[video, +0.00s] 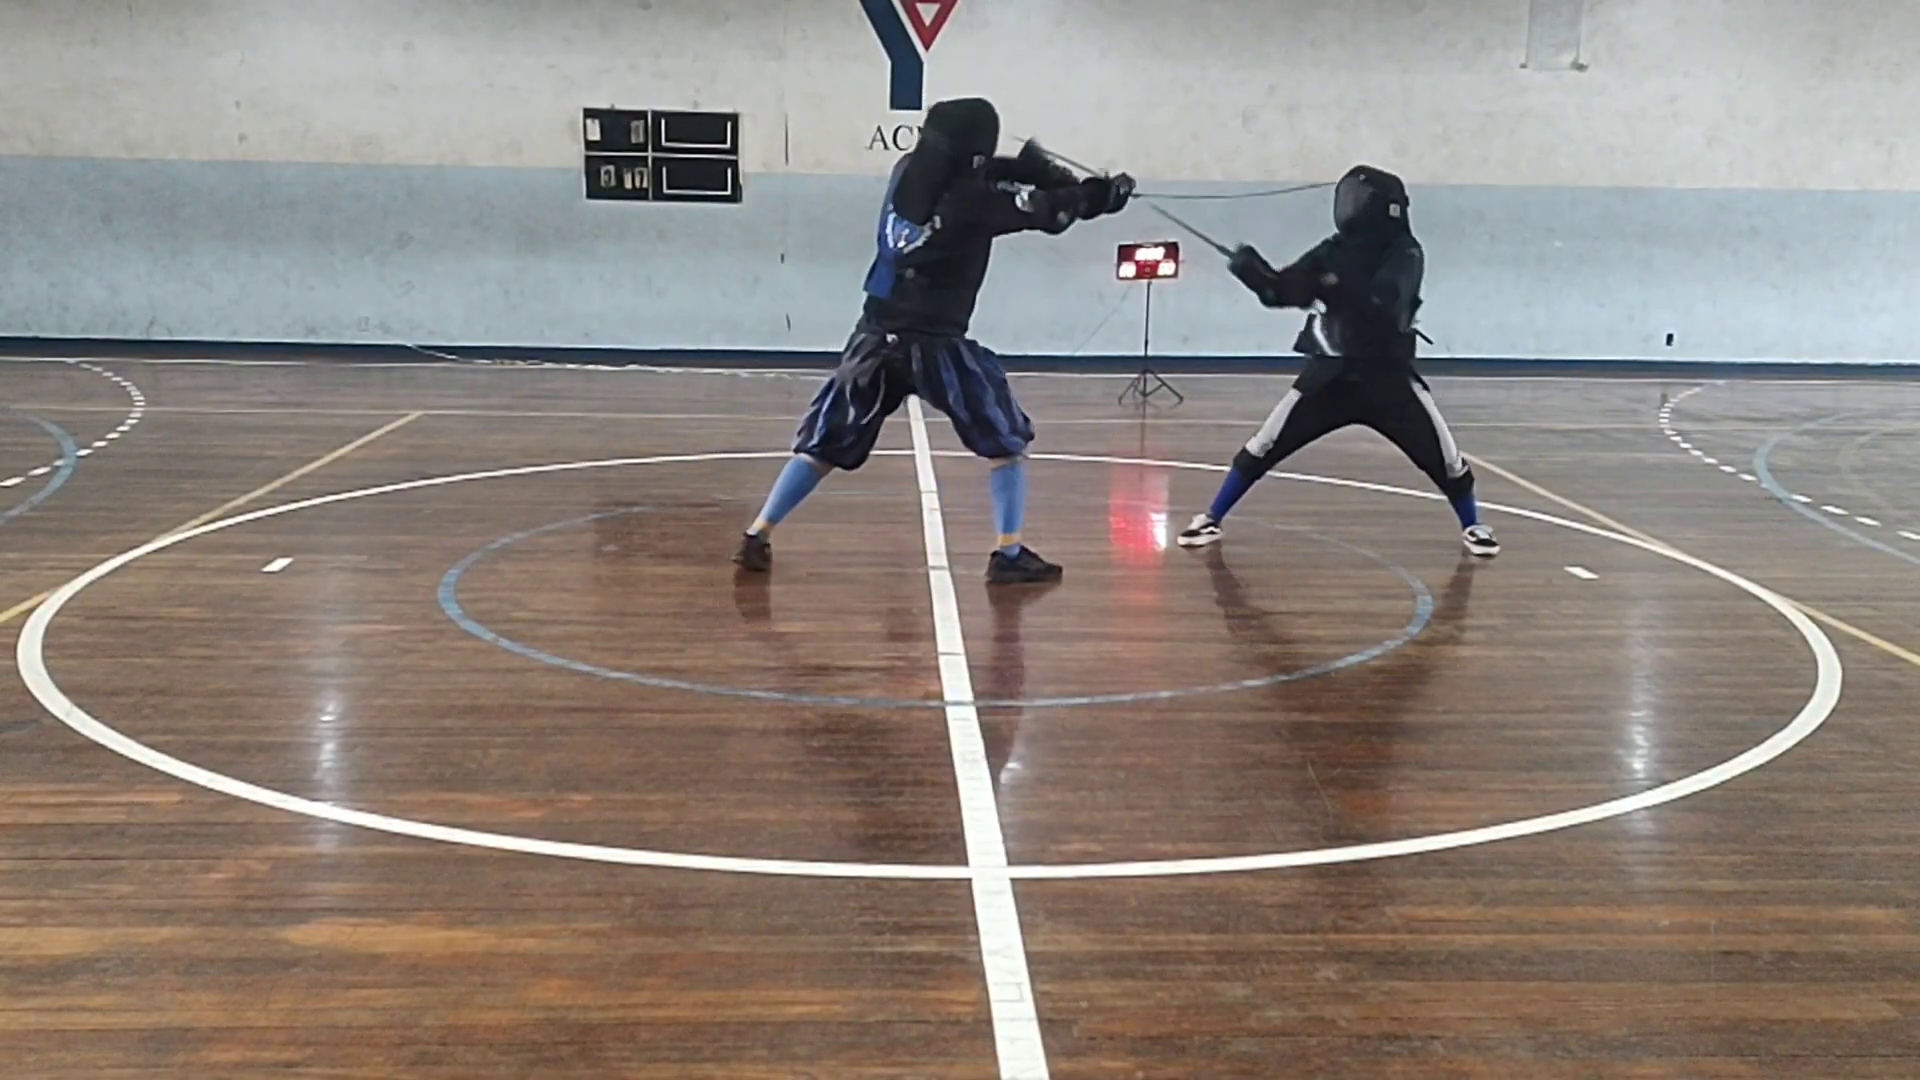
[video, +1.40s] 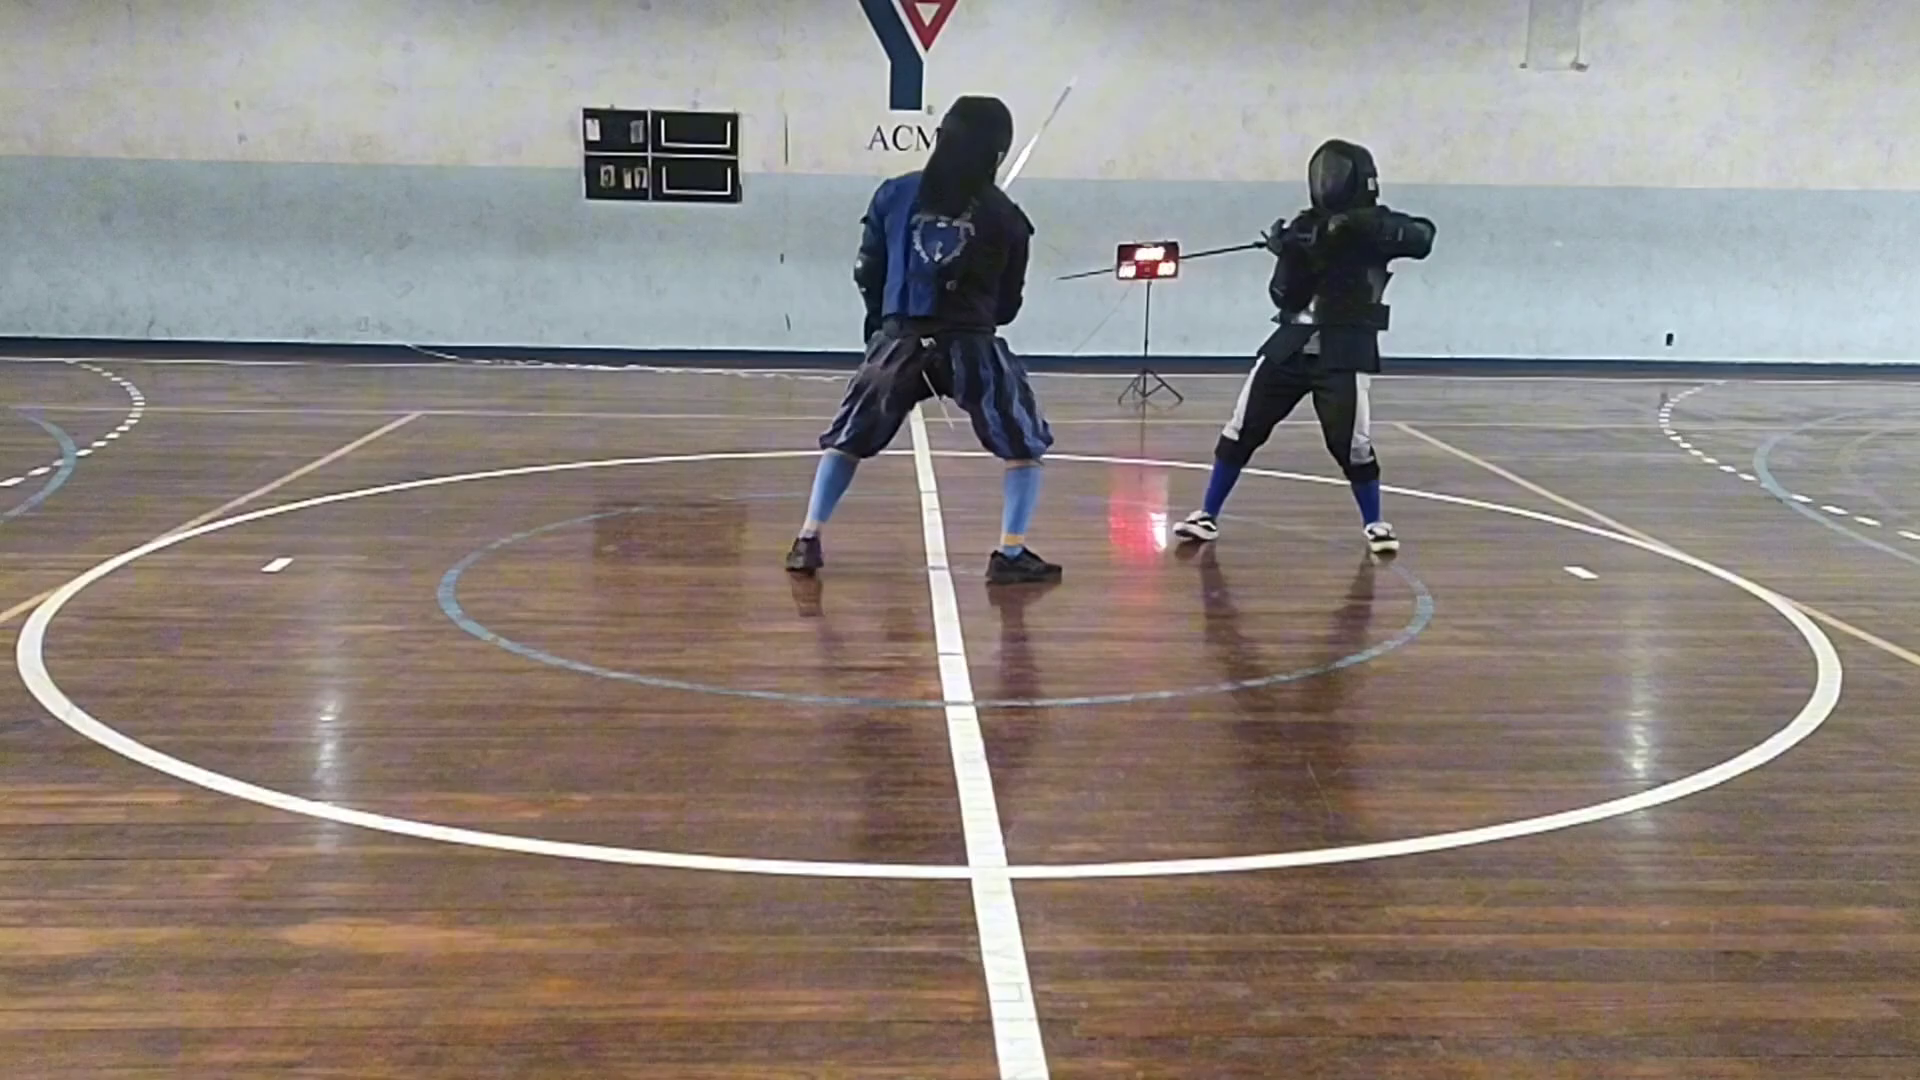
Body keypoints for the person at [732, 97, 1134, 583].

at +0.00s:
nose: (987, 147)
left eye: (988, 141)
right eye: (984, 139)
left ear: (935, 137)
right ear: (972, 148)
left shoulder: (905, 172)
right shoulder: (974, 199)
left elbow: (967, 173)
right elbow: (1046, 212)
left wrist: (1014, 166)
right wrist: (1096, 196)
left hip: (875, 335)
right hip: (938, 341)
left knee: (828, 437)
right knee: (1005, 435)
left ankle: (757, 533)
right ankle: (1010, 552)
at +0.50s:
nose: (1033, 156)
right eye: (1030, 148)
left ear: (974, 128)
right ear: (1016, 151)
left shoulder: (937, 162)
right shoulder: (1014, 202)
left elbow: (981, 100)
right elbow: (1074, 169)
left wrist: (1045, 94)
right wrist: (1113, 126)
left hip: (910, 328)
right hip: (975, 336)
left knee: (869, 434)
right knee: (1025, 441)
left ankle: (806, 537)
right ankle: (1009, 552)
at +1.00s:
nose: (1041, 155)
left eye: (1042, 145)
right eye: (1038, 146)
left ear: (989, 129)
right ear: (1027, 149)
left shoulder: (946, 160)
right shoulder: (1027, 199)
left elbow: (1000, 122)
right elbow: (1084, 196)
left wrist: (1070, 136)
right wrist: (1114, 145)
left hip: (922, 328)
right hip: (989, 337)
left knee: (874, 434)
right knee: (1032, 441)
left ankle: (820, 546)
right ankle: (1010, 553)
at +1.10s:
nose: (1039, 148)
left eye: (1038, 141)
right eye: (1038, 141)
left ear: (983, 126)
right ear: (1028, 144)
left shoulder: (940, 162)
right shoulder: (1026, 194)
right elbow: (1072, 244)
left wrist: (1032, 184)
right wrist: (1081, 195)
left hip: (919, 330)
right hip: (985, 337)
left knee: (873, 434)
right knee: (1030, 441)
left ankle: (820, 545)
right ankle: (1011, 550)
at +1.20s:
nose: (1033, 159)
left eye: (1034, 148)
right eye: (1034, 149)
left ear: (977, 129)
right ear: (1026, 151)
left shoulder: (927, 170)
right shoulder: (1026, 208)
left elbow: (900, 239)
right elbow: (1040, 288)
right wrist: (1038, 236)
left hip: (918, 332)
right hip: (987, 339)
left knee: (873, 434)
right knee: (1031, 440)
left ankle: (819, 546)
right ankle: (1011, 551)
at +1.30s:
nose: (1026, 158)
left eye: (1027, 148)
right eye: (1026, 148)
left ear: (967, 133)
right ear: (1018, 152)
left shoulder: (914, 184)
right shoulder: (1022, 218)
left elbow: (887, 258)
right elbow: (1016, 306)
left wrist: (908, 304)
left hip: (911, 337)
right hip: (981, 343)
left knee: (864, 434)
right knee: (1030, 440)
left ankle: (819, 546)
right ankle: (1011, 552)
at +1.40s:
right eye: (999, 148)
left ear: (941, 136)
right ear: (995, 151)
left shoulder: (893, 195)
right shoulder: (1008, 220)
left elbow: (869, 273)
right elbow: (1006, 307)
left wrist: (882, 326)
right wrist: (957, 317)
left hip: (899, 338)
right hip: (972, 344)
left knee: (851, 432)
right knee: (1024, 440)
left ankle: (807, 539)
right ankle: (1011, 551)